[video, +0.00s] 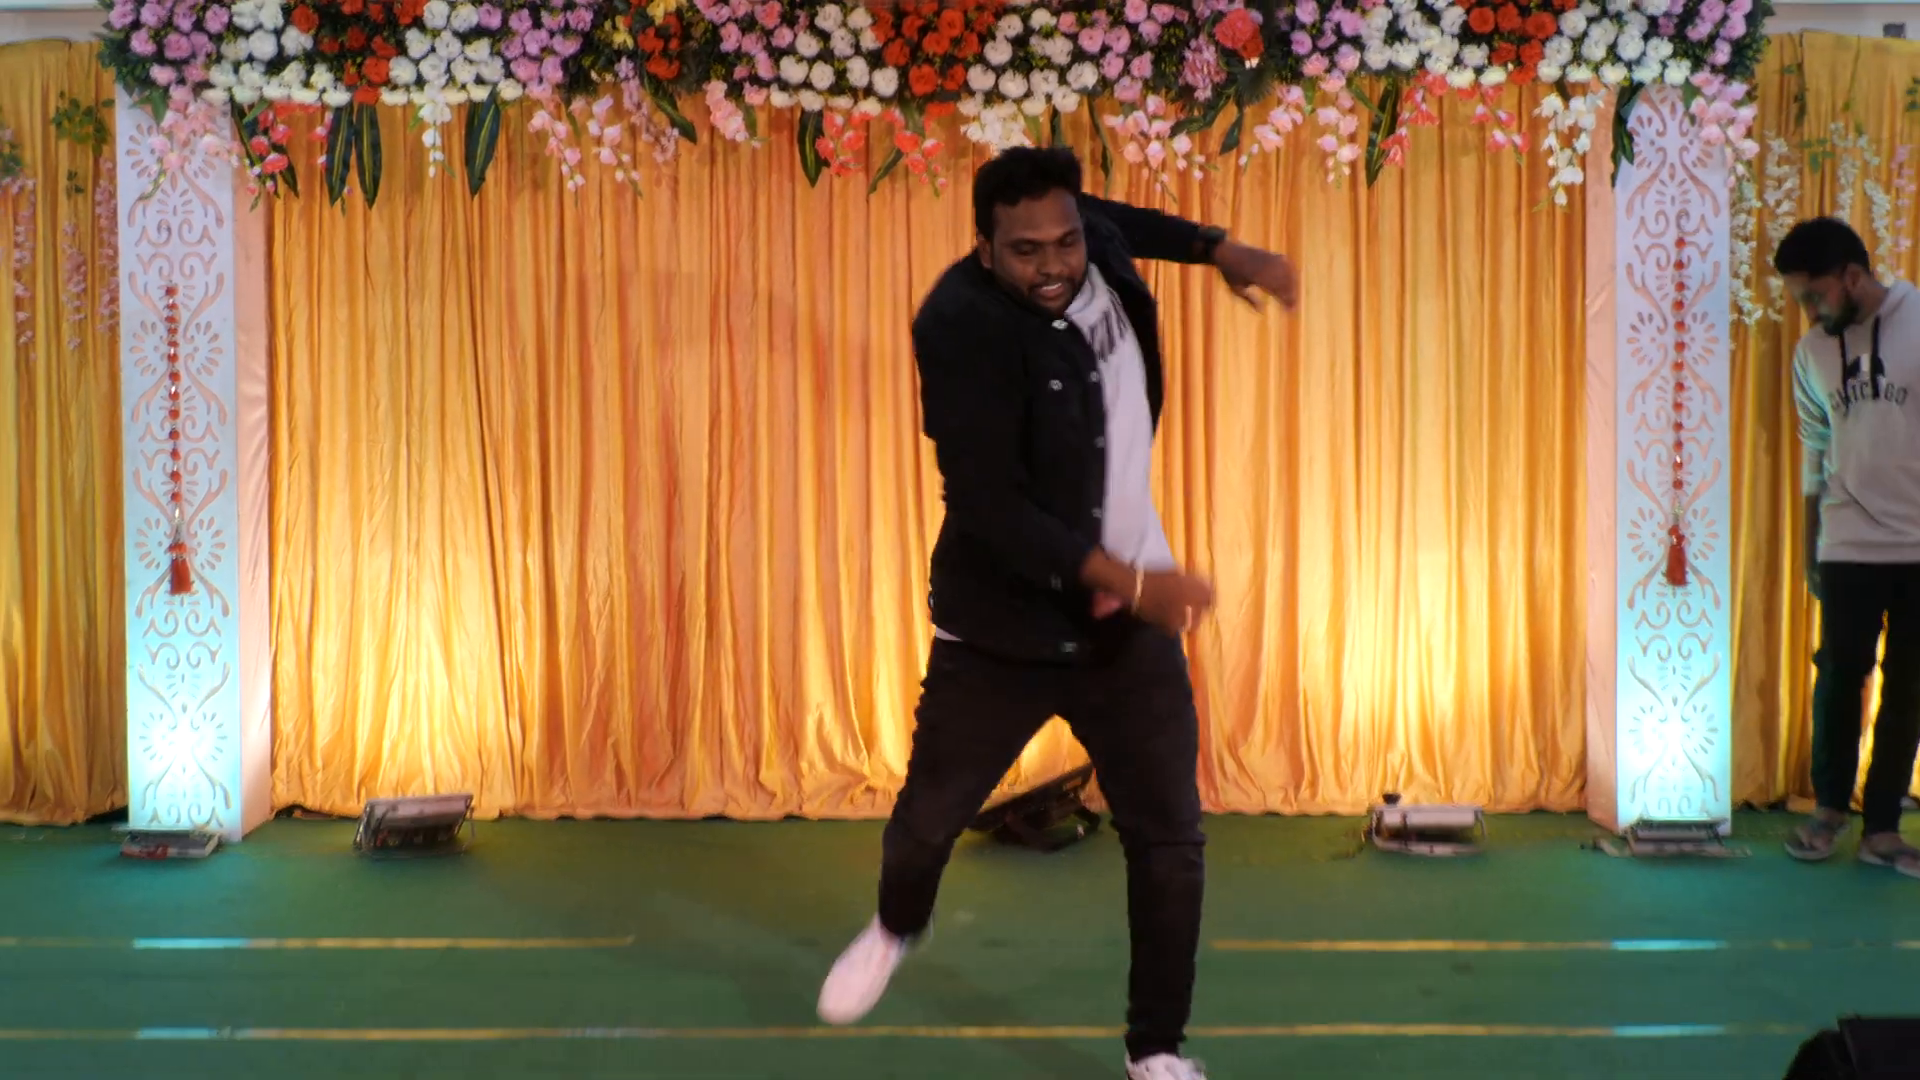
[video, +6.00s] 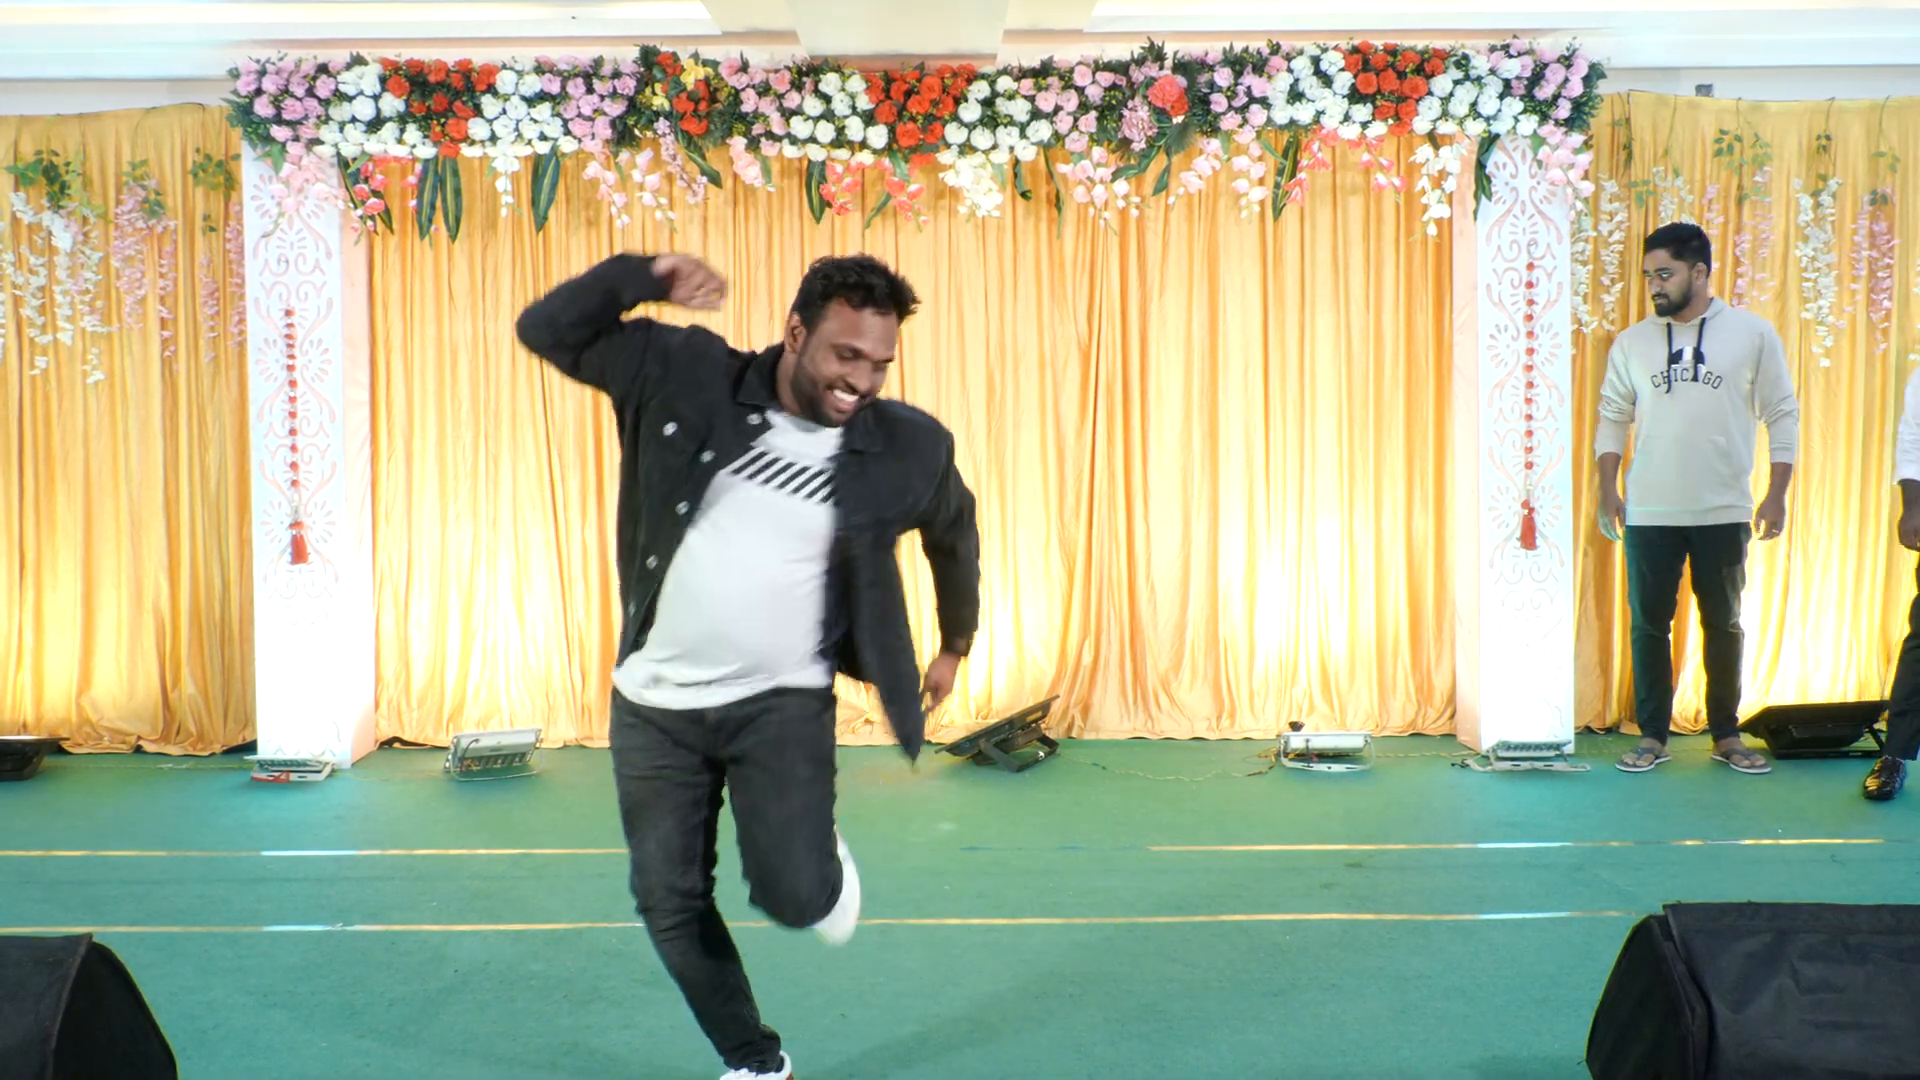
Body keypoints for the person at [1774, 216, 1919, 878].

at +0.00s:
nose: (1809, 310)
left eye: (1815, 294)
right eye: (1802, 298)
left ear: (1853, 272)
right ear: (1813, 289)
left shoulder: (1913, 318)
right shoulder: (1814, 352)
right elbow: (1815, 454)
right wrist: (1813, 550)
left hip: (1916, 546)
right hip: (1847, 544)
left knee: (1908, 691)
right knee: (1840, 679)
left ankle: (1882, 828)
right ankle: (1830, 810)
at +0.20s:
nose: (1815, 232)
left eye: (1825, 216)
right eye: (1800, 221)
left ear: (1853, 206)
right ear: (1787, 224)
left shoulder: (1906, 269)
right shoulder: (1774, 297)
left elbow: (1916, 374)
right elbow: (1762, 395)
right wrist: (1743, 487)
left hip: (1892, 488)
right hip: (1807, 490)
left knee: (1872, 631)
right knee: (1805, 626)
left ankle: (1852, 766)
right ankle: (1809, 756)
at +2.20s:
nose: (1813, 231)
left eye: (1827, 220)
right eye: (1802, 220)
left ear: (1850, 228)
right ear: (1788, 227)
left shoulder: (1885, 305)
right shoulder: (1752, 305)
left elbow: (1903, 399)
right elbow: (1726, 393)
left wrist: (1901, 484)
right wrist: (1716, 476)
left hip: (1846, 496)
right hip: (1765, 494)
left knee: (1834, 627)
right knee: (1747, 622)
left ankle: (1821, 750)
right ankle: (1730, 751)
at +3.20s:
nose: (1748, 265)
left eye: (1758, 256)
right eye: (1736, 256)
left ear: (1773, 264)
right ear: (1716, 262)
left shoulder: (1800, 333)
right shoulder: (1679, 331)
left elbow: (1813, 419)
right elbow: (1654, 410)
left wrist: (1809, 499)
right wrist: (1645, 487)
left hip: (1763, 507)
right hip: (1690, 504)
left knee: (1749, 627)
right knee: (1669, 623)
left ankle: (1735, 736)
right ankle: (1652, 737)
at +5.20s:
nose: (1716, 275)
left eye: (1729, 266)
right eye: (1710, 266)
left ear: (1757, 271)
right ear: (1703, 271)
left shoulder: (1792, 342)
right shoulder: (1672, 339)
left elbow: (1806, 427)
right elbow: (1648, 416)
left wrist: (1802, 506)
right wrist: (1636, 492)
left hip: (1755, 511)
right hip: (1682, 509)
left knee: (1742, 629)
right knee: (1661, 623)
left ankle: (1727, 737)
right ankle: (1645, 737)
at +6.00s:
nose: (1653, 284)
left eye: (1664, 274)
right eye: (1649, 275)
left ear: (1701, 272)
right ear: (1648, 277)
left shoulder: (1751, 333)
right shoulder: (1631, 343)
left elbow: (1782, 414)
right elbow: (1613, 417)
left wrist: (1777, 492)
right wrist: (1607, 486)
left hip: (1721, 507)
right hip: (1650, 509)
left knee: (1723, 626)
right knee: (1650, 625)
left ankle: (1726, 736)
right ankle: (1653, 736)